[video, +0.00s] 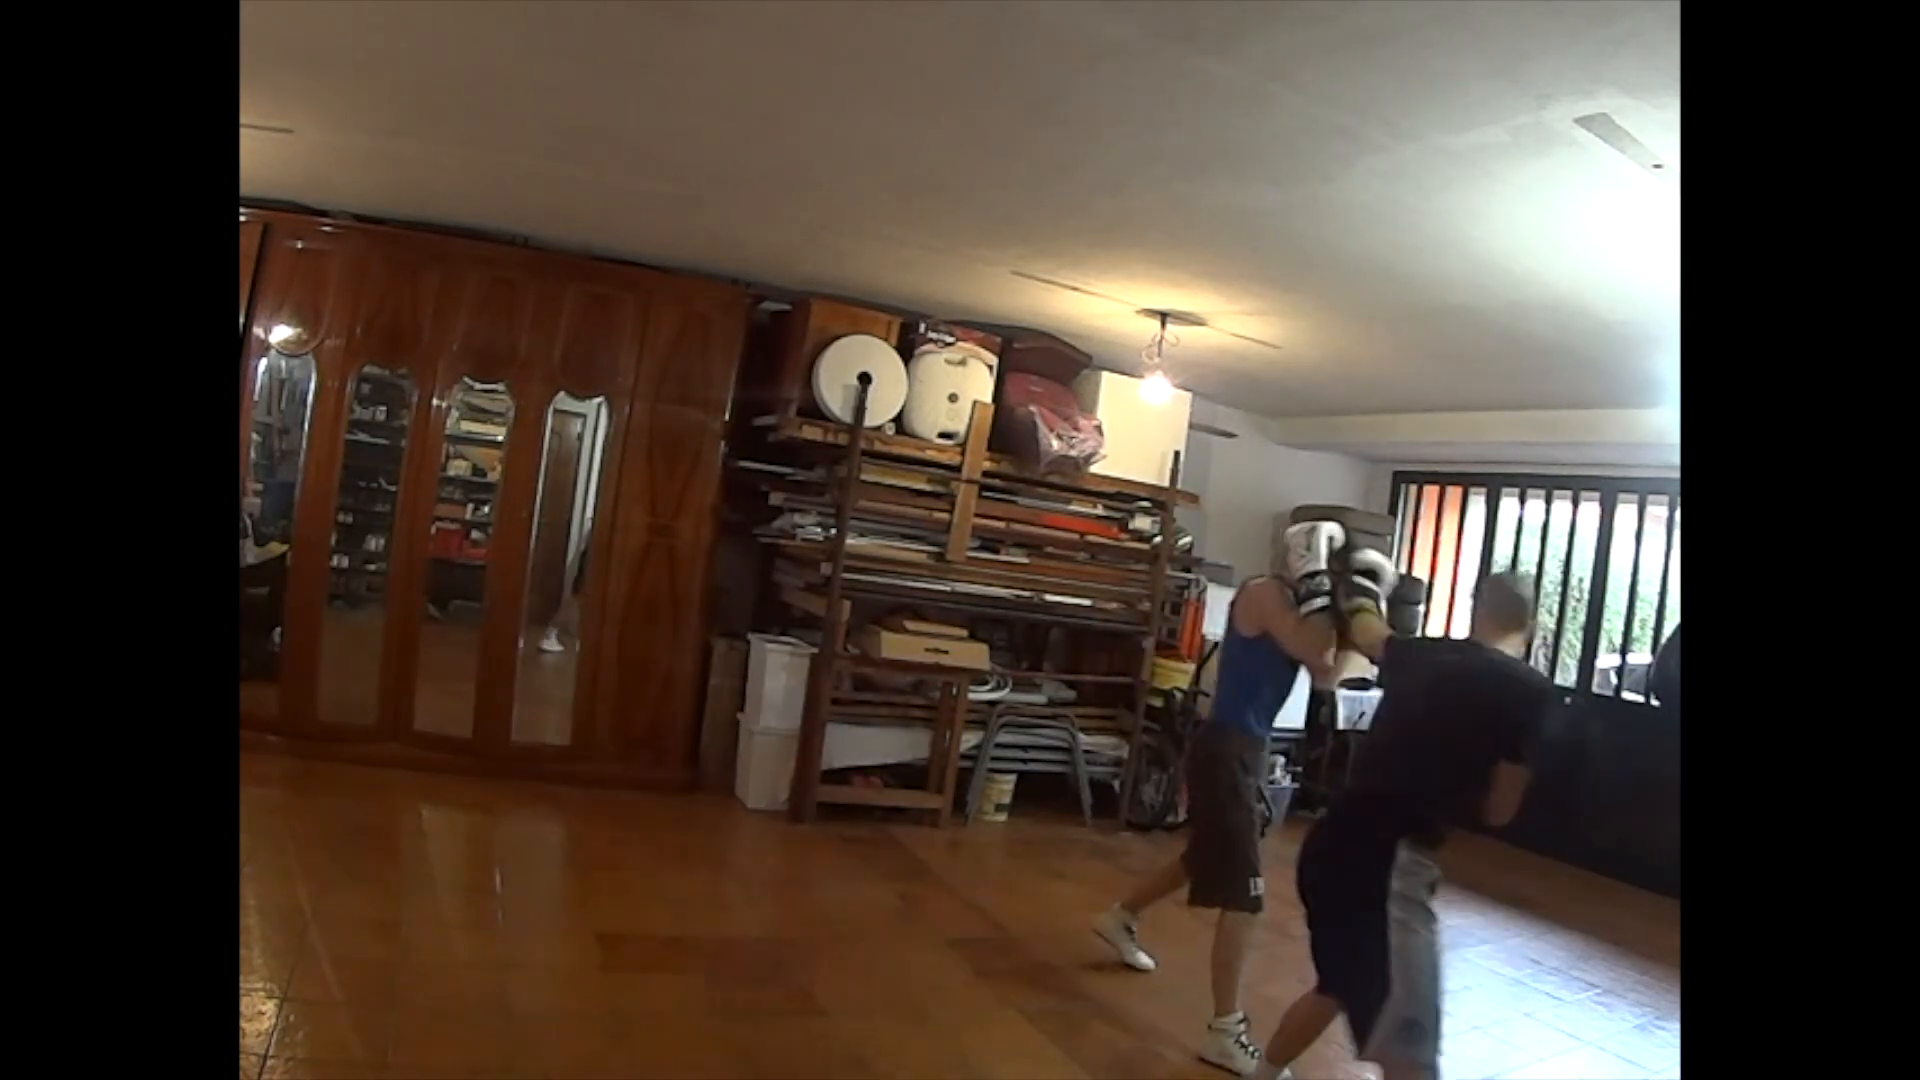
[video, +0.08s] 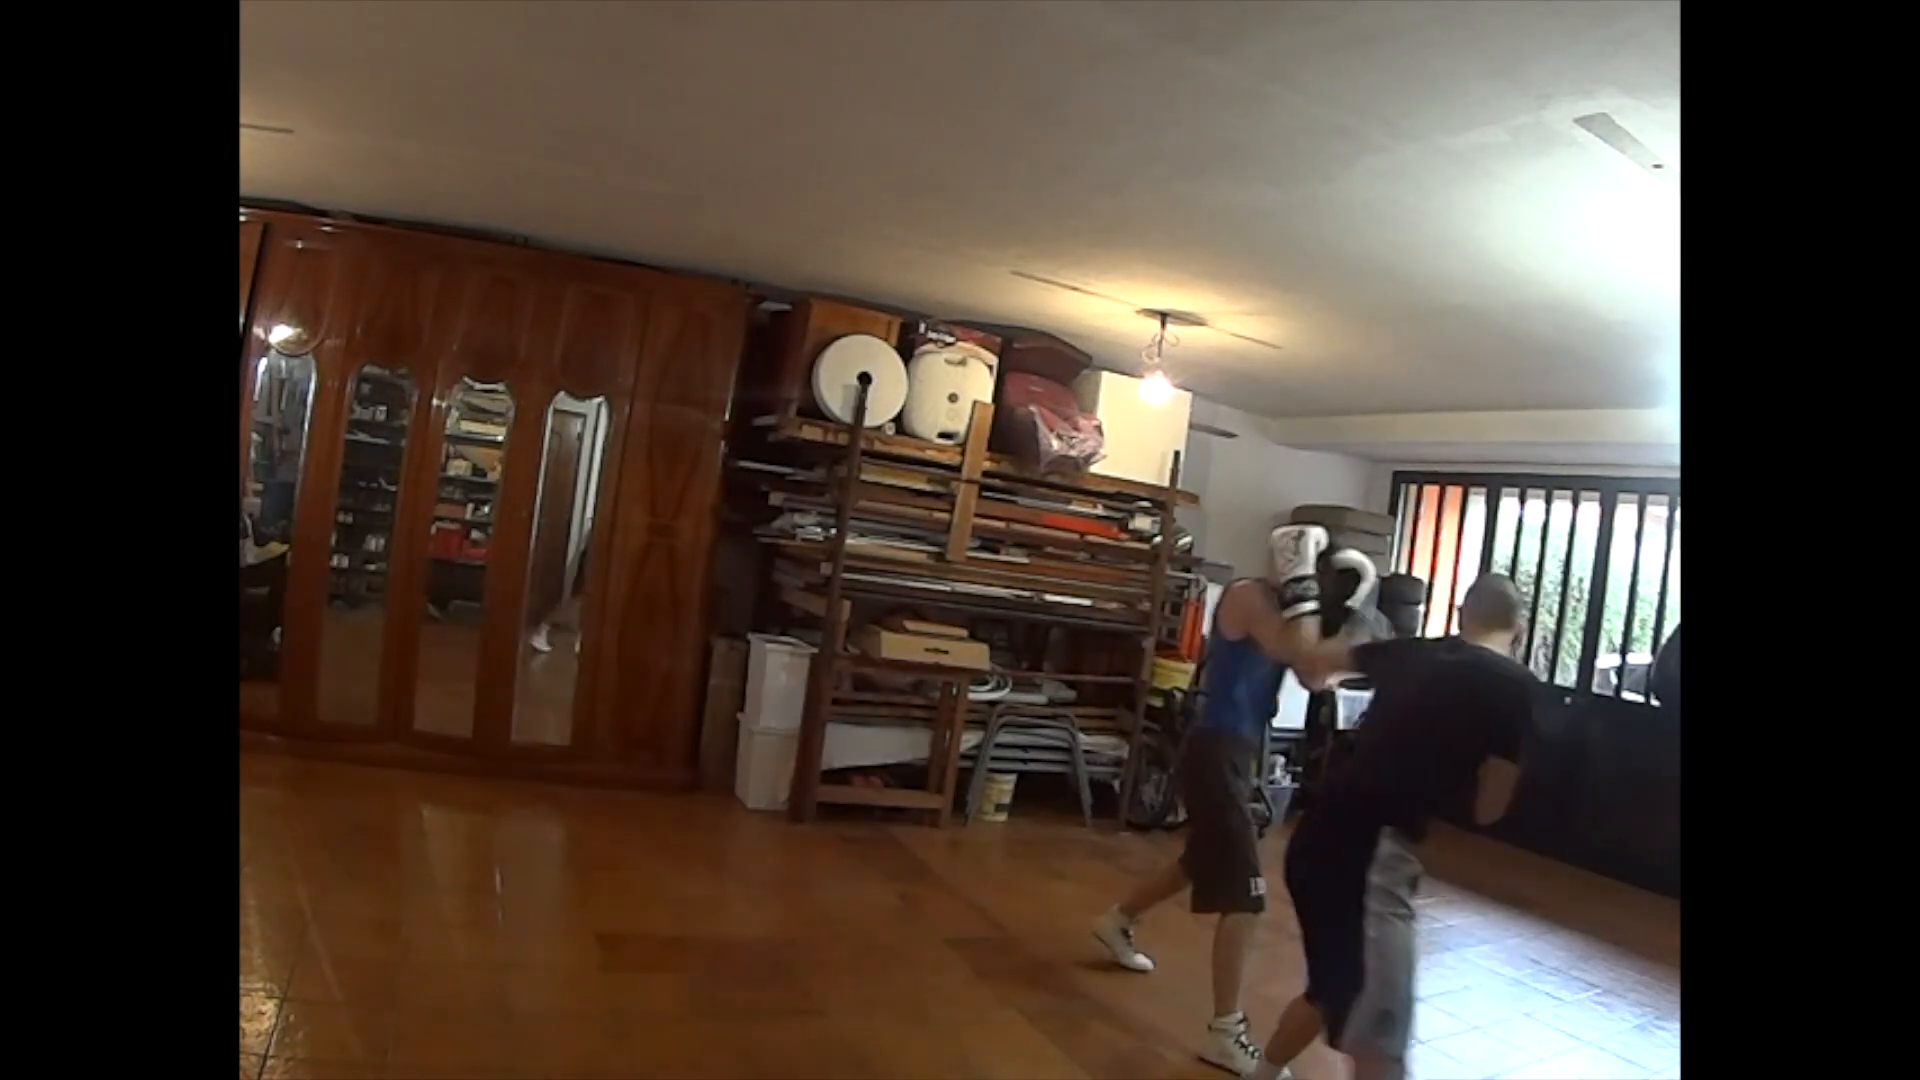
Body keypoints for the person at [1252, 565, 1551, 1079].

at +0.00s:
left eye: (1478, 608)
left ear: (1474, 612)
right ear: (1528, 630)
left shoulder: (1418, 653)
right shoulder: (1526, 688)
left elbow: (1366, 633)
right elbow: (1498, 810)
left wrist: (1357, 588)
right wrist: (1440, 774)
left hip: (1333, 843)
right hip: (1394, 864)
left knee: (1335, 986)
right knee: (1409, 1055)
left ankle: (1264, 1071)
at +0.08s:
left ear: (1460, 617)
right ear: (1518, 631)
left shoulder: (1413, 652)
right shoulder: (1514, 685)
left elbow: (1312, 664)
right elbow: (1487, 810)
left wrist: (1299, 595)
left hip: (1319, 839)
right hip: (1377, 858)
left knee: (1331, 986)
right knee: (1380, 1042)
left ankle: (1264, 1070)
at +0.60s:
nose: (1361, 558)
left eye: (1359, 548)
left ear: (1361, 551)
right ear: (1424, 561)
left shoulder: (1312, 616)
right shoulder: (1443, 639)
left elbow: (1233, 713)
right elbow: (1421, 763)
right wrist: (1368, 731)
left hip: (1266, 814)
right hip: (1342, 834)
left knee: (1250, 980)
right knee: (1300, 998)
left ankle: (1188, 1069)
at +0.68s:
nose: (1340, 560)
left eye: (1340, 552)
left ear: (1343, 555)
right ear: (1405, 564)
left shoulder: (1296, 624)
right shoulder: (1426, 634)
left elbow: (1228, 720)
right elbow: (1409, 761)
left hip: (1258, 821)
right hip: (1329, 838)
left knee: (1239, 988)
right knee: (1301, 1017)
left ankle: (1178, 1072)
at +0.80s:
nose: (1327, 590)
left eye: (1327, 583)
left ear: (1332, 584)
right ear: (1390, 589)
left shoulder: (1288, 645)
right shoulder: (1420, 662)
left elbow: (1211, 745)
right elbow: (1393, 781)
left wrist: (1253, 734)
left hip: (1239, 839)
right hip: (1321, 858)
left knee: (1238, 991)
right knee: (1303, 1032)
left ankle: (1172, 1072)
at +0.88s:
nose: (1330, 594)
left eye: (1330, 587)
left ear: (1335, 590)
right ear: (1396, 599)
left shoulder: (1283, 655)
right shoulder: (1422, 673)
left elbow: (1206, 751)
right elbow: (1394, 790)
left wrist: (1256, 734)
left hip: (1238, 853)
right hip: (1321, 873)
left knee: (1236, 996)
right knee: (1304, 1032)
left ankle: (1173, 1073)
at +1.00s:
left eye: (1350, 584)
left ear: (1351, 587)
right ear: (1418, 596)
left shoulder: (1287, 659)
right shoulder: (1441, 684)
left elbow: (1208, 754)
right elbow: (1410, 806)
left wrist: (1263, 748)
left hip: (1240, 881)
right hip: (1326, 910)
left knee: (1241, 1004)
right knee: (1320, 1066)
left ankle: (1174, 1075)